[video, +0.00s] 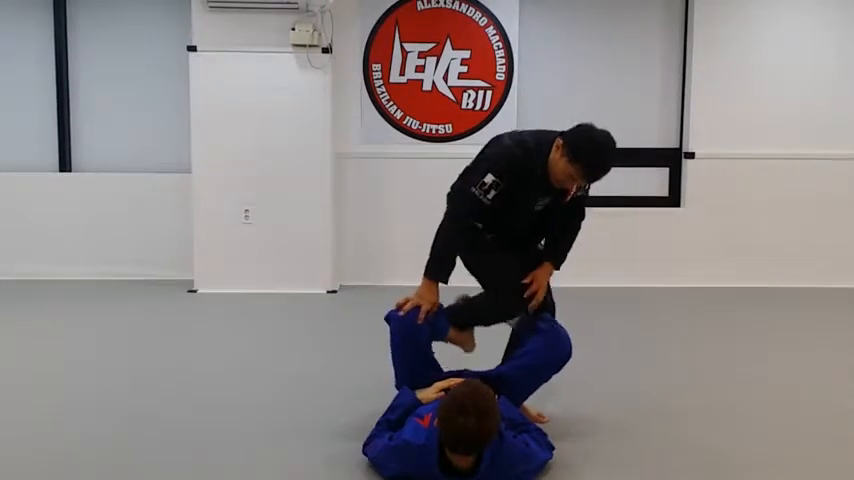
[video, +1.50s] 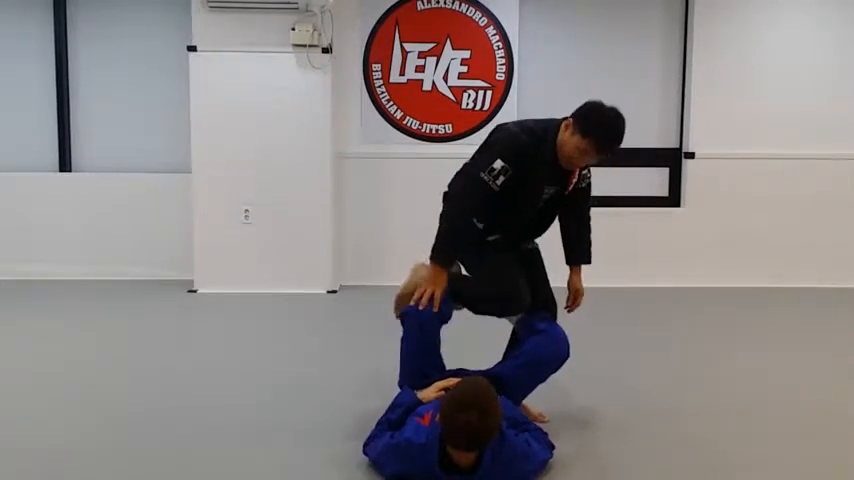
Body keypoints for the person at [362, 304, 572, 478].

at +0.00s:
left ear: (437, 424)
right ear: (496, 426)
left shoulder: (406, 453)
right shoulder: (515, 457)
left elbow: (374, 443)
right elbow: (540, 442)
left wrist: (413, 397)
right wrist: (509, 405)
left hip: (428, 392)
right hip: (498, 394)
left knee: (404, 318)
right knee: (558, 342)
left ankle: (451, 327)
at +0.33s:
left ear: (437, 420)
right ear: (495, 424)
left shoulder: (405, 454)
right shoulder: (515, 456)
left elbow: (373, 443)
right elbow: (540, 441)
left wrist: (413, 397)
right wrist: (505, 403)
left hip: (426, 395)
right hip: (495, 395)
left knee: (398, 317)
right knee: (552, 336)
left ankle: (445, 342)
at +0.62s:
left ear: (438, 422)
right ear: (495, 426)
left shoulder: (406, 453)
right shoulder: (515, 456)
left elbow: (373, 444)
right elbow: (541, 442)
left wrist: (413, 397)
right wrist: (504, 403)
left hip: (426, 395)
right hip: (495, 395)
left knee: (396, 317)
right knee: (554, 338)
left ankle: (444, 342)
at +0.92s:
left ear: (437, 423)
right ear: (496, 425)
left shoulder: (405, 453)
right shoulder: (516, 456)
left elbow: (374, 443)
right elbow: (540, 441)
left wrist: (414, 397)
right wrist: (504, 403)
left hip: (426, 393)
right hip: (496, 394)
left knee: (404, 316)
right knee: (555, 339)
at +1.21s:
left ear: (438, 423)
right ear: (497, 423)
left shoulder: (407, 453)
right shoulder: (515, 456)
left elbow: (374, 443)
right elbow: (540, 442)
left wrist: (414, 397)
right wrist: (507, 405)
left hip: (428, 392)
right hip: (498, 395)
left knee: (414, 316)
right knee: (559, 346)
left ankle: (448, 308)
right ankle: (531, 317)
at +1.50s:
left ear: (439, 418)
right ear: (498, 423)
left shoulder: (409, 452)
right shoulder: (516, 456)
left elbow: (375, 443)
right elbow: (540, 440)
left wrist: (414, 397)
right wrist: (512, 407)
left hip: (428, 395)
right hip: (496, 395)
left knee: (421, 312)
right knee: (555, 344)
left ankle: (430, 287)